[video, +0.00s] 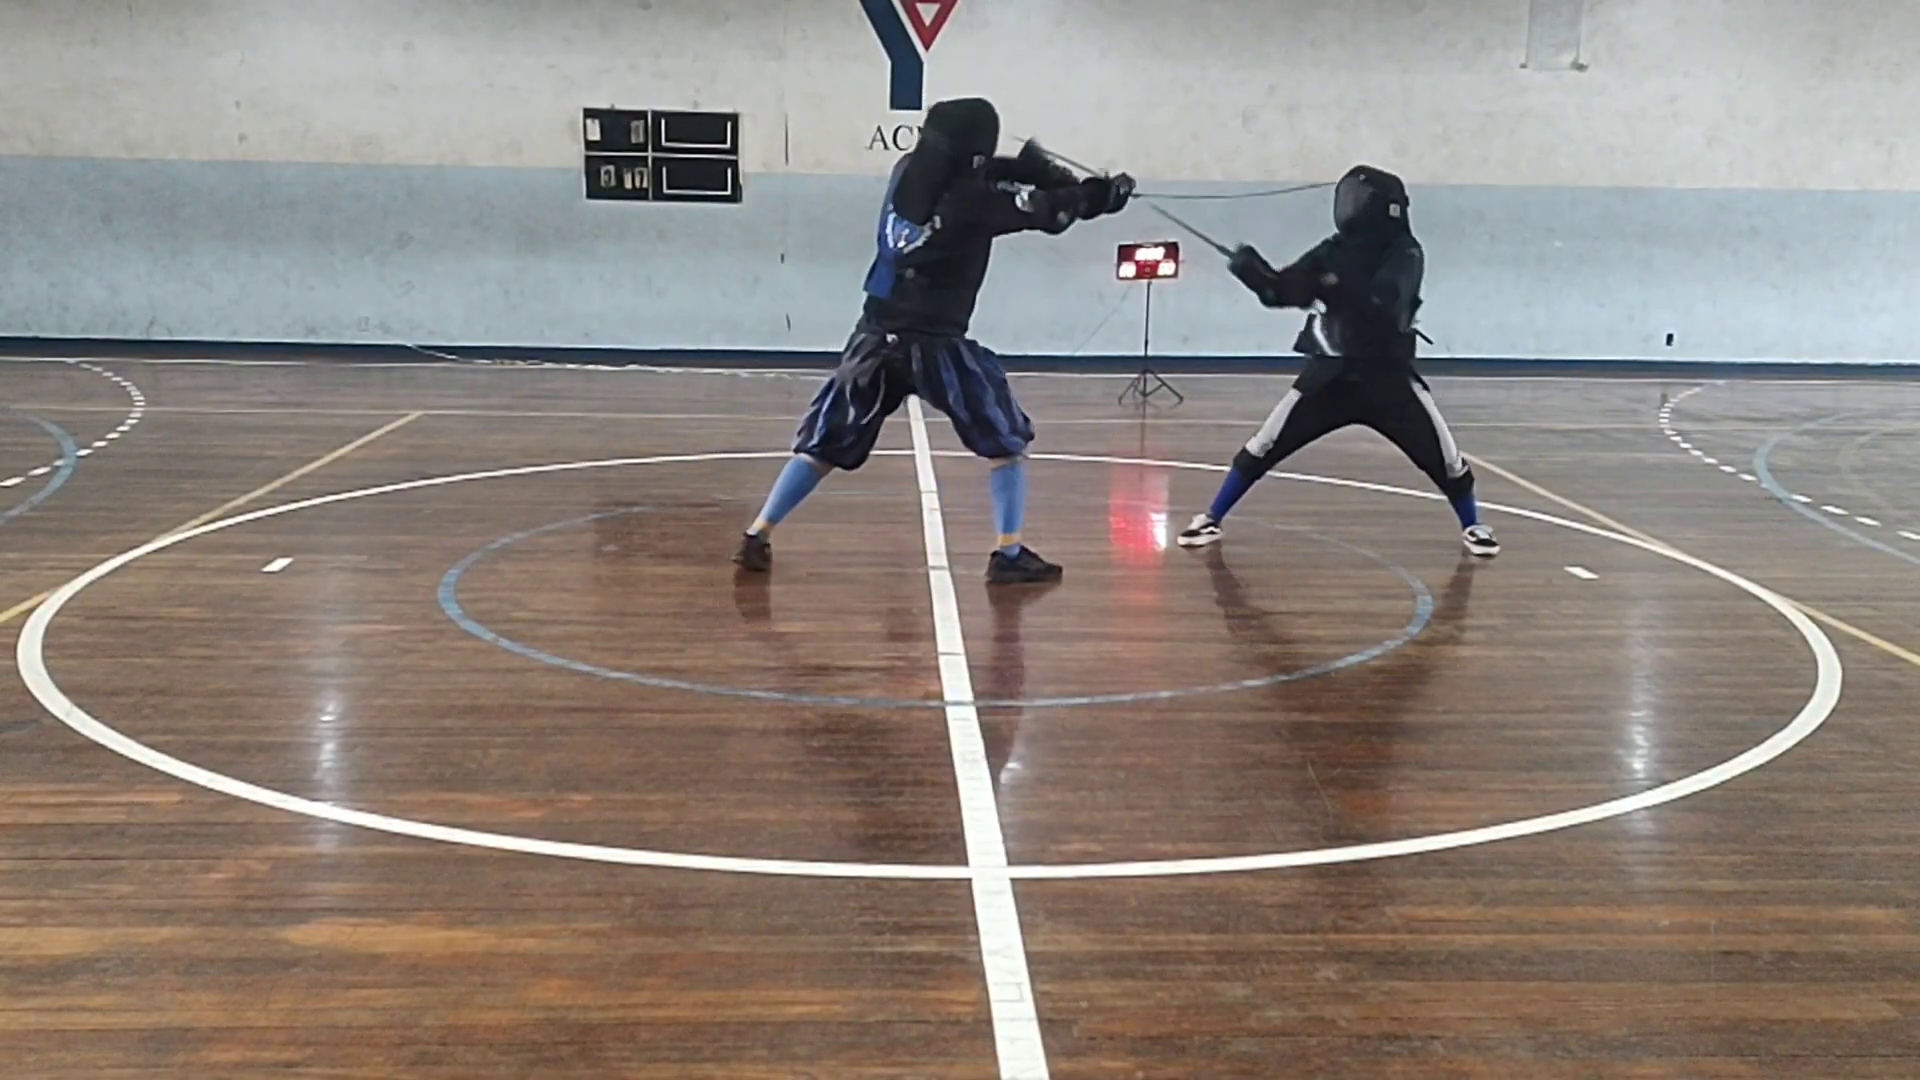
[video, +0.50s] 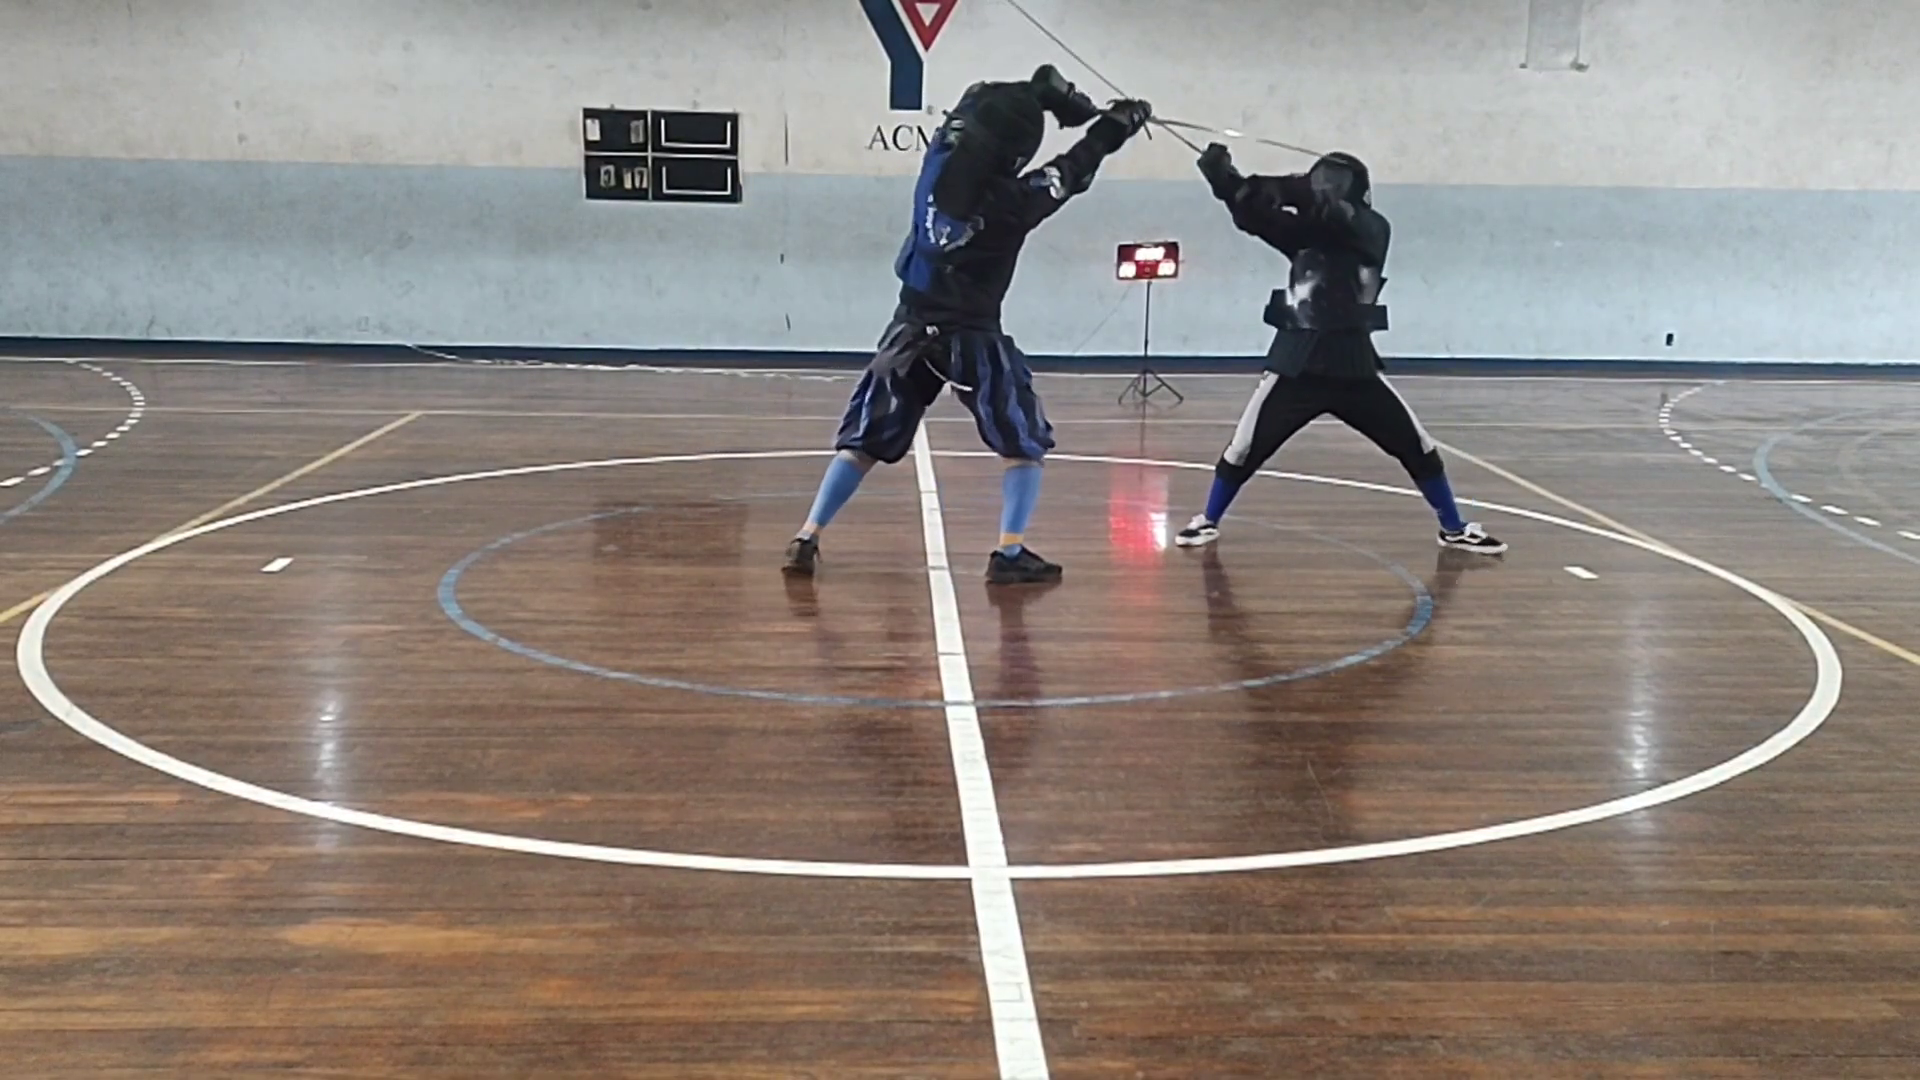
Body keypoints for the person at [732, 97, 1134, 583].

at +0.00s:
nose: (987, 147)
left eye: (988, 141)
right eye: (984, 139)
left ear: (935, 137)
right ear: (972, 148)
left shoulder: (905, 172)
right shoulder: (974, 199)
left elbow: (967, 173)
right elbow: (1046, 212)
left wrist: (1014, 166)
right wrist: (1096, 196)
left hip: (875, 335)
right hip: (938, 341)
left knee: (828, 437)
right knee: (1005, 435)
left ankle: (757, 533)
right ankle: (1010, 552)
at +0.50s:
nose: (1033, 156)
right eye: (1030, 148)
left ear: (974, 128)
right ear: (1016, 151)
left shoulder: (937, 162)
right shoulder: (1014, 202)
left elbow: (981, 100)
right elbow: (1074, 169)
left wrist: (1045, 94)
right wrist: (1113, 126)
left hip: (910, 328)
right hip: (975, 336)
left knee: (869, 434)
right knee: (1025, 441)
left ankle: (806, 537)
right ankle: (1009, 552)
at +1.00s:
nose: (1041, 155)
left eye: (1042, 145)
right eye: (1038, 146)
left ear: (989, 129)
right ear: (1027, 149)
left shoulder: (946, 160)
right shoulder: (1027, 199)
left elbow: (1000, 122)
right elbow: (1084, 196)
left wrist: (1070, 136)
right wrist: (1114, 145)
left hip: (922, 328)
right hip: (989, 337)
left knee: (874, 434)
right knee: (1032, 441)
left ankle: (820, 546)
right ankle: (1010, 553)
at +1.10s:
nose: (1039, 148)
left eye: (1038, 141)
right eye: (1038, 141)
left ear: (983, 126)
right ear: (1028, 144)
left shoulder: (940, 162)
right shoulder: (1026, 194)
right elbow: (1072, 244)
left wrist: (1032, 184)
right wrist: (1081, 195)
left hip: (919, 330)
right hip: (985, 337)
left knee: (873, 434)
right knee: (1030, 441)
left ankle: (820, 545)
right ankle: (1011, 550)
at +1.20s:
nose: (1033, 159)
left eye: (1034, 148)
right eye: (1034, 149)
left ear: (977, 129)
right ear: (1026, 151)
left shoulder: (927, 170)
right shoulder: (1026, 208)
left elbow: (900, 239)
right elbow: (1040, 288)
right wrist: (1038, 236)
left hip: (918, 332)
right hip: (987, 339)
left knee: (873, 434)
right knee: (1031, 440)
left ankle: (819, 546)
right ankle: (1011, 551)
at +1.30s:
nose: (1026, 158)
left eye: (1027, 148)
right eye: (1026, 148)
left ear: (967, 133)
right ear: (1018, 152)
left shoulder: (914, 184)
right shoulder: (1022, 218)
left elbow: (887, 258)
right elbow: (1016, 306)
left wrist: (908, 304)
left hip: (911, 337)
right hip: (981, 343)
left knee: (864, 434)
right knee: (1030, 440)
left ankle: (819, 546)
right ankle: (1011, 552)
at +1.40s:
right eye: (999, 148)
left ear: (941, 136)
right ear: (995, 151)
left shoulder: (893, 195)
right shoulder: (1008, 220)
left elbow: (869, 273)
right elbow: (1006, 307)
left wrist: (882, 326)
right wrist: (957, 317)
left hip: (899, 338)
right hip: (972, 344)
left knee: (851, 432)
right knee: (1024, 440)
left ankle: (807, 539)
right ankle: (1011, 551)